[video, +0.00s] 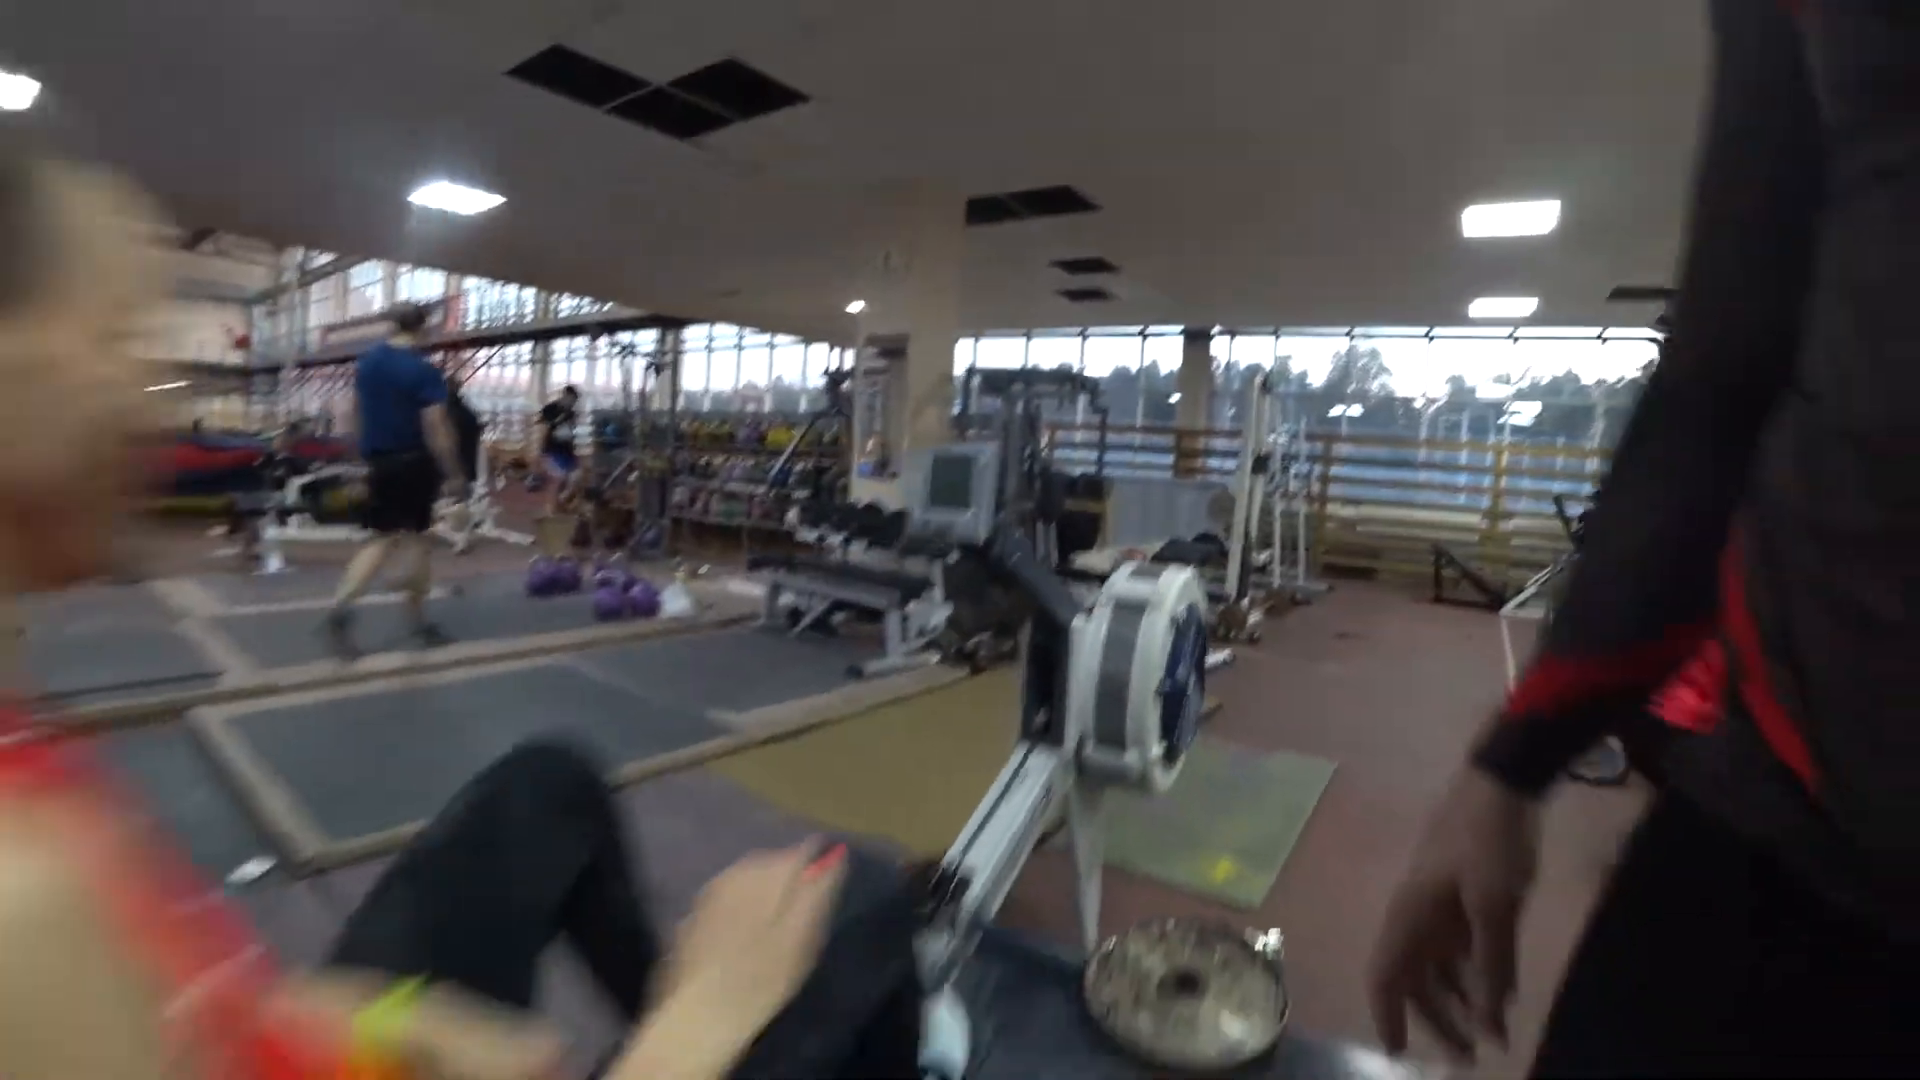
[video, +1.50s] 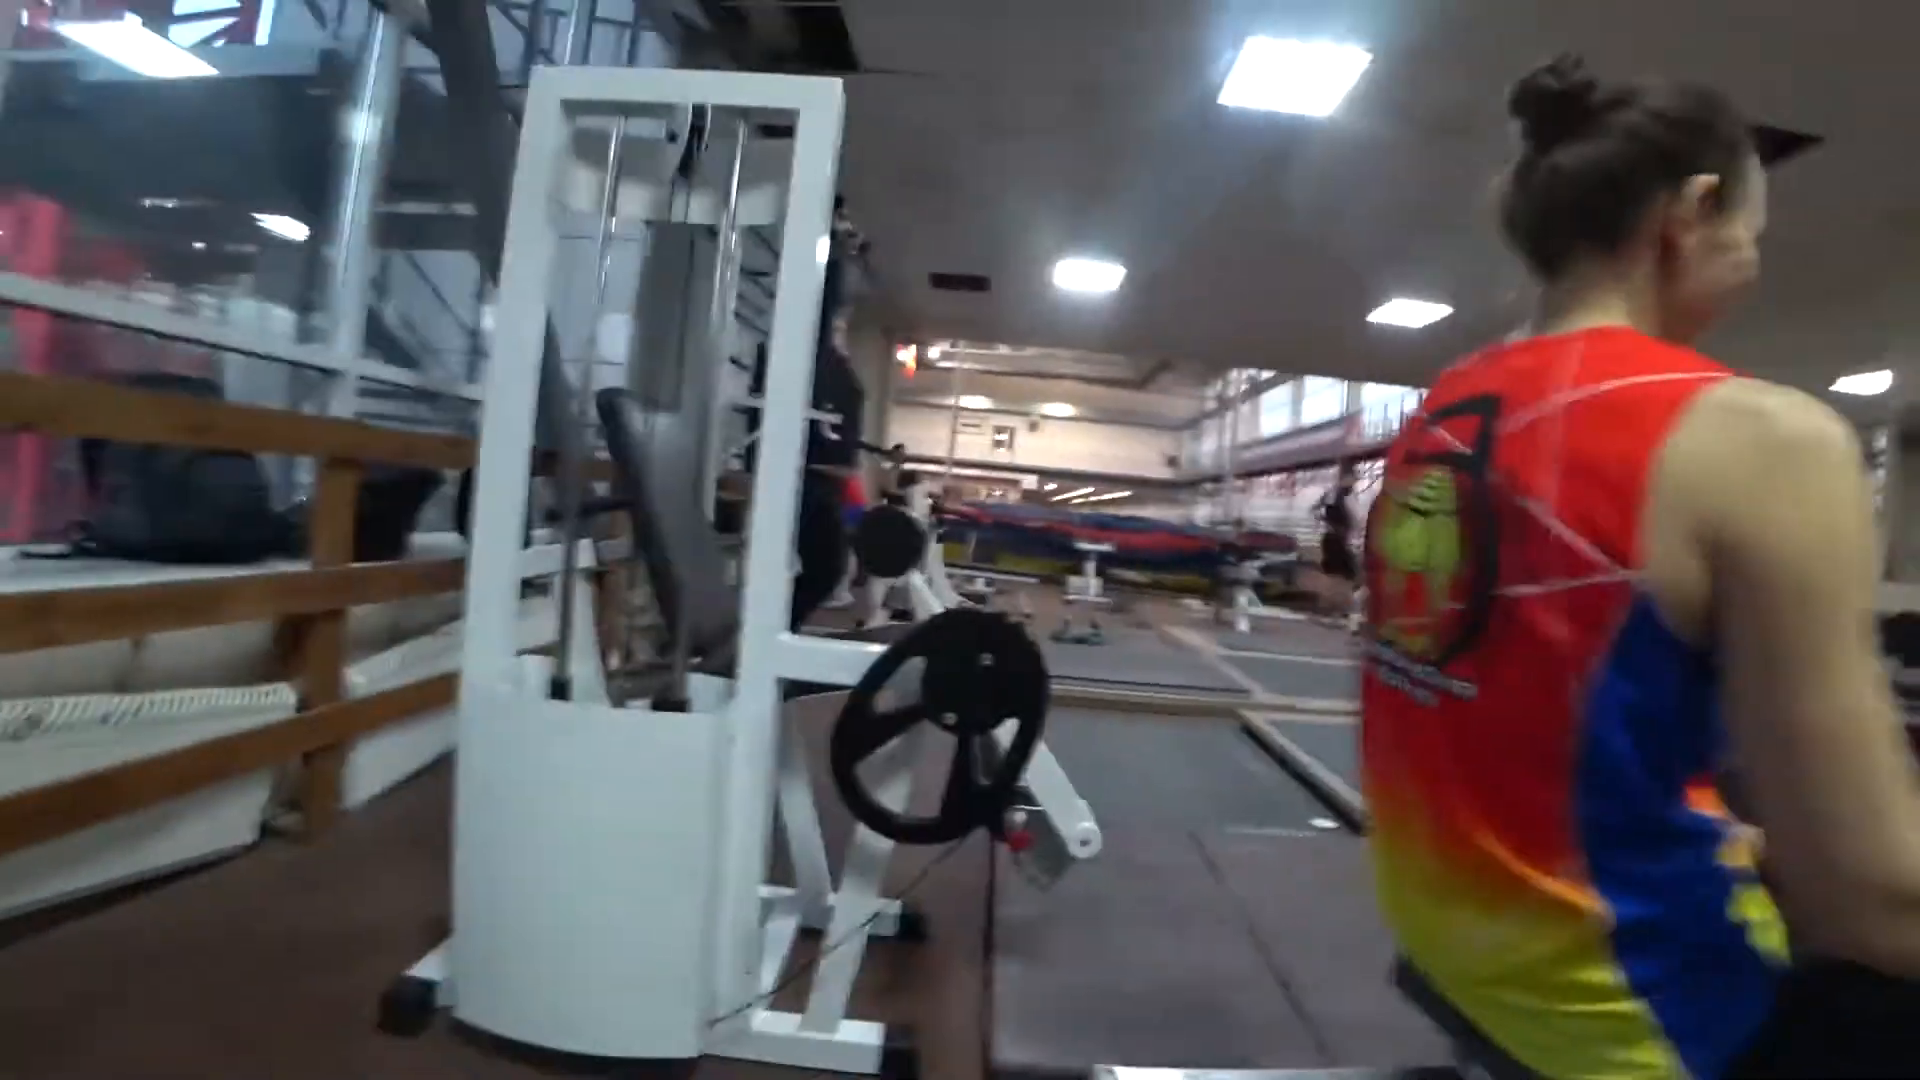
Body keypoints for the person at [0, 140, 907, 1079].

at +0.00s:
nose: (152, 393)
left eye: (137, 340)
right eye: (114, 335)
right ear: (12, 346)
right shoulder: (36, 851)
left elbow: (255, 1010)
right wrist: (709, 1017)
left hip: (275, 1022)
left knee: (552, 788)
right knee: (865, 898)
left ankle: (663, 1020)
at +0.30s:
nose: (766, 351)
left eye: (762, 318)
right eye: (753, 318)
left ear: (562, 344)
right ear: (680, 332)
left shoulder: (557, 539)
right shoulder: (768, 613)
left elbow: (664, 807)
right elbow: (926, 970)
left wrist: (870, 820)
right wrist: (1130, 778)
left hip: (719, 1007)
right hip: (852, 1040)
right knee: (1197, 734)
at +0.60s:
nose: (1077, 318)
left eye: (1073, 292)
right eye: (1071, 292)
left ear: (911, 317)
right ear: (1027, 308)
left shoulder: (872, 486)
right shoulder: (1111, 520)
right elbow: (1221, 833)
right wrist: (1387, 703)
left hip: (1013, 887)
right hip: (1159, 918)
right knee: (1478, 665)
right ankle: (1324, 888)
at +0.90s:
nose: (993, 279)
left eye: (988, 254)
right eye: (985, 256)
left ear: (837, 290)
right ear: (942, 277)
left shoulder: (785, 448)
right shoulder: (1016, 459)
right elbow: (1122, 755)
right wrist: (1276, 657)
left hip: (902, 855)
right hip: (1042, 873)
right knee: (1330, 644)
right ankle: (1227, 836)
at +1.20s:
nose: (1196, 289)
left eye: (1188, 261)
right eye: (1177, 261)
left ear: (1035, 285)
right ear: (1126, 273)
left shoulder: (984, 442)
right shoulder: (1196, 438)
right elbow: (1323, 743)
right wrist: (1513, 702)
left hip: (1093, 869)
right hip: (1240, 886)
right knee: (1543, 714)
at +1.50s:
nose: (1750, 275)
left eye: (1754, 244)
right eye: (1749, 242)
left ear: (1556, 233)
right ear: (1691, 219)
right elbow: (1865, 903)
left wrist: (1724, 839)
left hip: (1457, 967)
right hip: (1652, 1010)